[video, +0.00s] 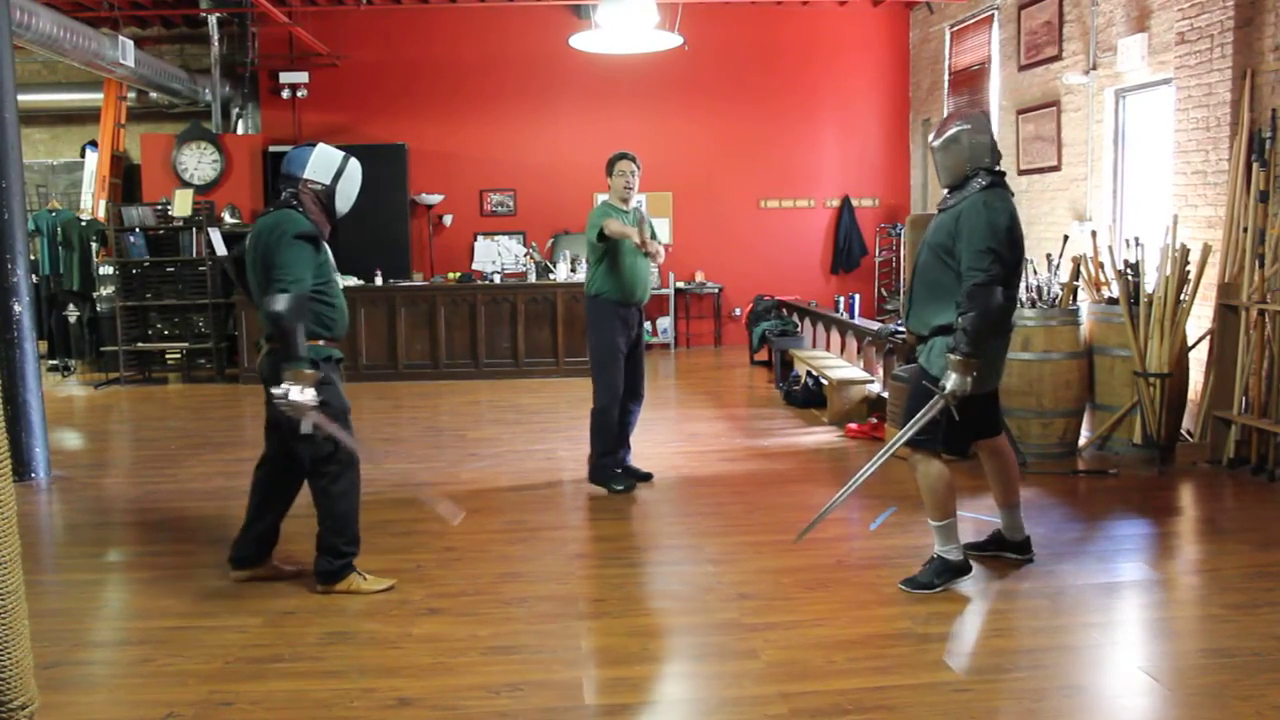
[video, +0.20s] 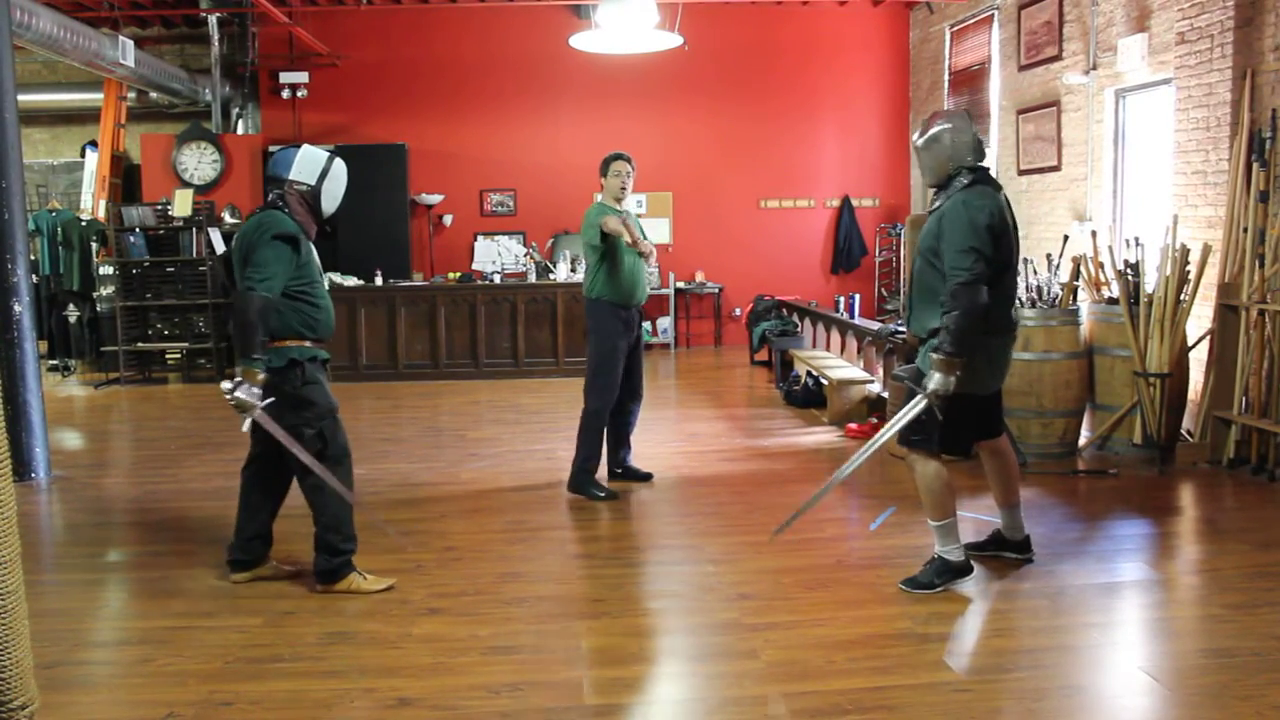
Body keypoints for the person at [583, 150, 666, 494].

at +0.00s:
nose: (629, 179)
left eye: (634, 174)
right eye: (622, 174)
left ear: (639, 181)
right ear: (609, 180)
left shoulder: (642, 220)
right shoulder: (600, 213)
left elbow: (659, 255)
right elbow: (612, 229)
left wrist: (653, 249)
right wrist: (639, 240)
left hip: (633, 311)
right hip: (606, 309)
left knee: (632, 392)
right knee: (610, 391)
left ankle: (619, 459)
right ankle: (601, 467)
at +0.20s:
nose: (625, 180)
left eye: (629, 176)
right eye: (619, 174)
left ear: (632, 183)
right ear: (603, 180)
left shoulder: (630, 219)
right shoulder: (595, 212)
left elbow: (647, 251)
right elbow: (614, 225)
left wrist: (645, 248)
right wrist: (632, 241)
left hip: (632, 312)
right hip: (606, 311)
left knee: (628, 393)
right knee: (601, 395)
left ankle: (619, 463)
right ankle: (581, 476)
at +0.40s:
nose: (618, 179)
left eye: (621, 175)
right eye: (611, 174)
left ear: (625, 181)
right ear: (595, 181)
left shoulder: (621, 219)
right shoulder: (589, 212)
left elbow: (632, 248)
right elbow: (607, 229)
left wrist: (638, 253)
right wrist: (624, 243)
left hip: (622, 314)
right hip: (597, 313)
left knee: (623, 392)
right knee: (593, 394)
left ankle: (619, 463)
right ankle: (581, 478)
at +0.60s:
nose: (611, 181)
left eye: (615, 176)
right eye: (603, 175)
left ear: (618, 182)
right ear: (588, 181)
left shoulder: (615, 221)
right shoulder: (582, 213)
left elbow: (629, 253)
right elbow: (603, 234)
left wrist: (626, 250)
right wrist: (622, 249)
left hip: (613, 314)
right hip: (587, 313)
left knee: (617, 394)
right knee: (584, 398)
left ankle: (618, 465)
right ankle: (580, 479)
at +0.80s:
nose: (604, 181)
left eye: (608, 175)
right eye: (596, 175)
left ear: (612, 181)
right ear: (581, 181)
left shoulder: (607, 220)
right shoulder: (576, 213)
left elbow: (624, 249)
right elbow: (598, 235)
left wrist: (626, 254)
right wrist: (618, 252)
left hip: (609, 314)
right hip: (584, 313)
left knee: (614, 395)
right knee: (583, 396)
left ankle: (607, 467)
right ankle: (579, 479)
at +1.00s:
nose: (599, 180)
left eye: (603, 175)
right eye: (591, 175)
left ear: (608, 180)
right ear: (577, 180)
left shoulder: (606, 220)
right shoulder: (573, 214)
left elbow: (620, 253)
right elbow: (596, 233)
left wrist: (629, 267)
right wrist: (617, 248)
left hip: (609, 314)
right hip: (583, 314)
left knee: (612, 394)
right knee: (584, 396)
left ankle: (607, 467)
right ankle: (579, 479)